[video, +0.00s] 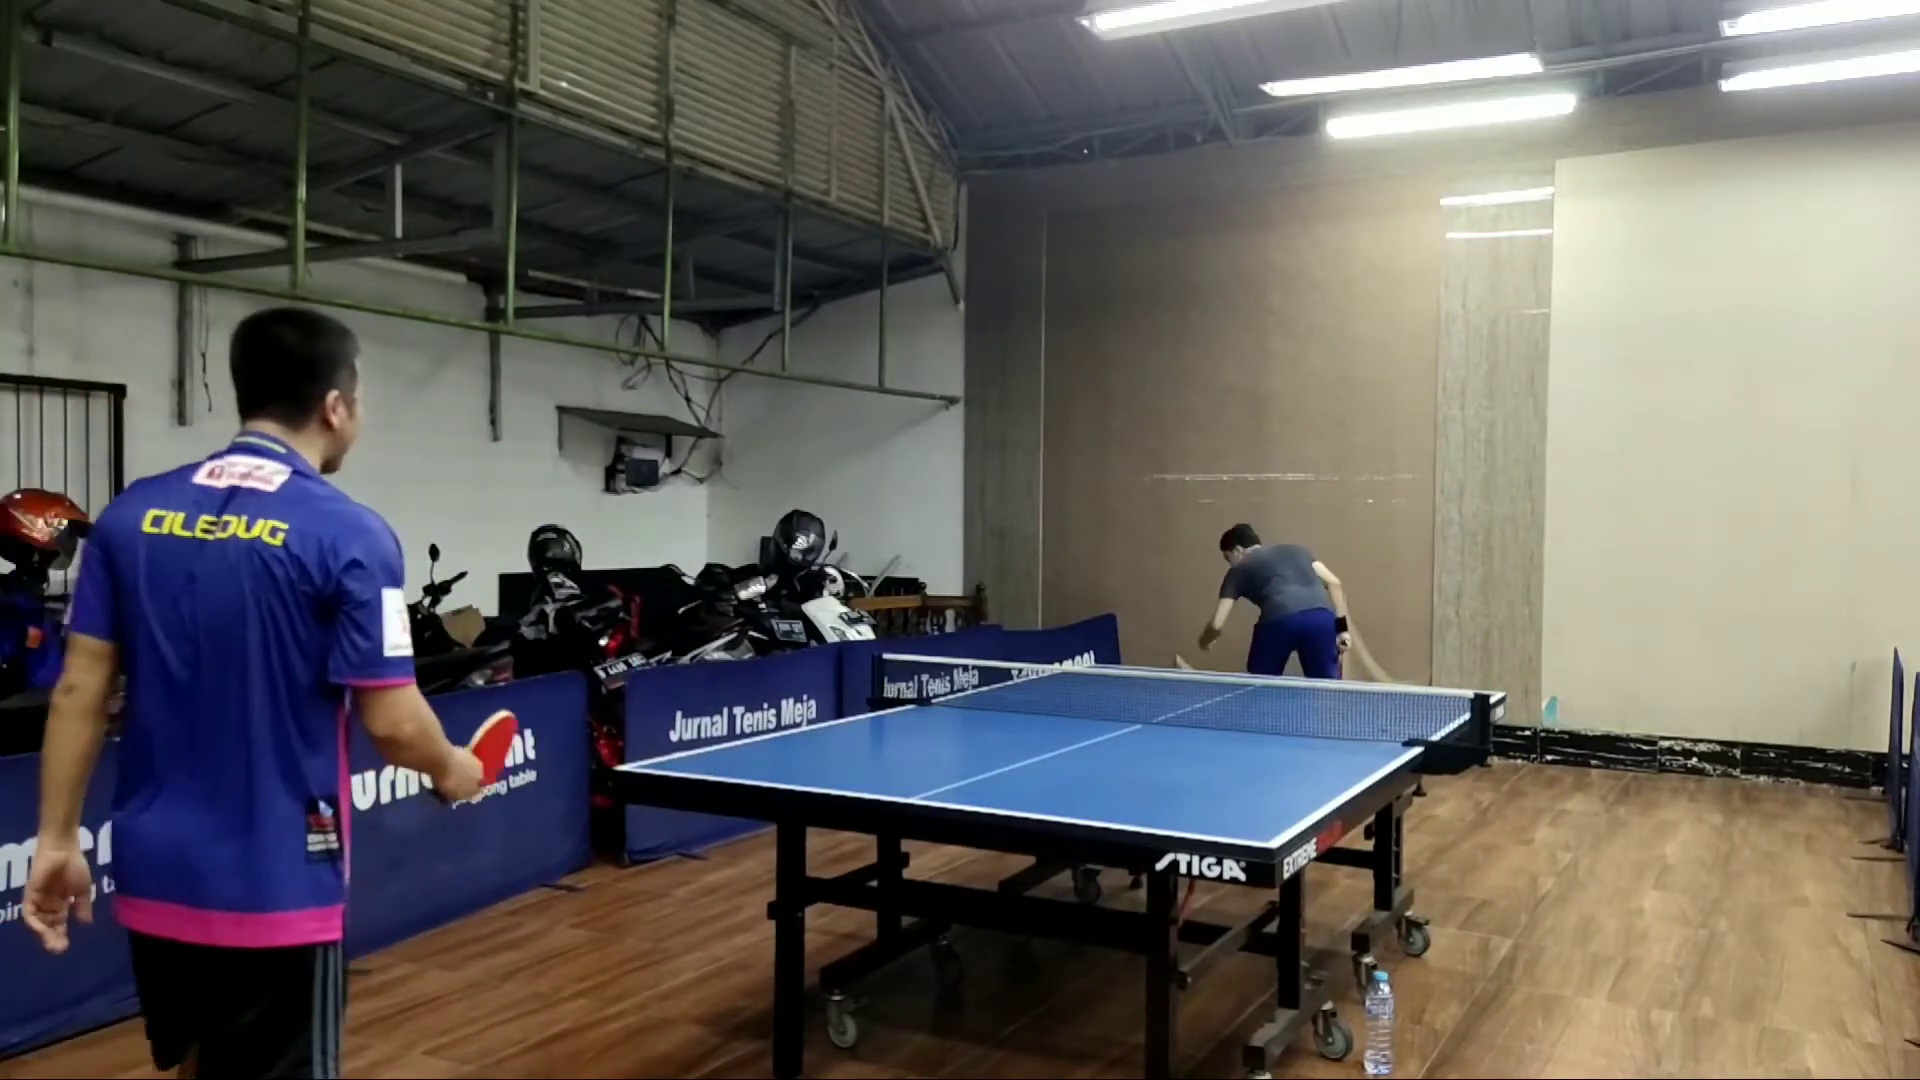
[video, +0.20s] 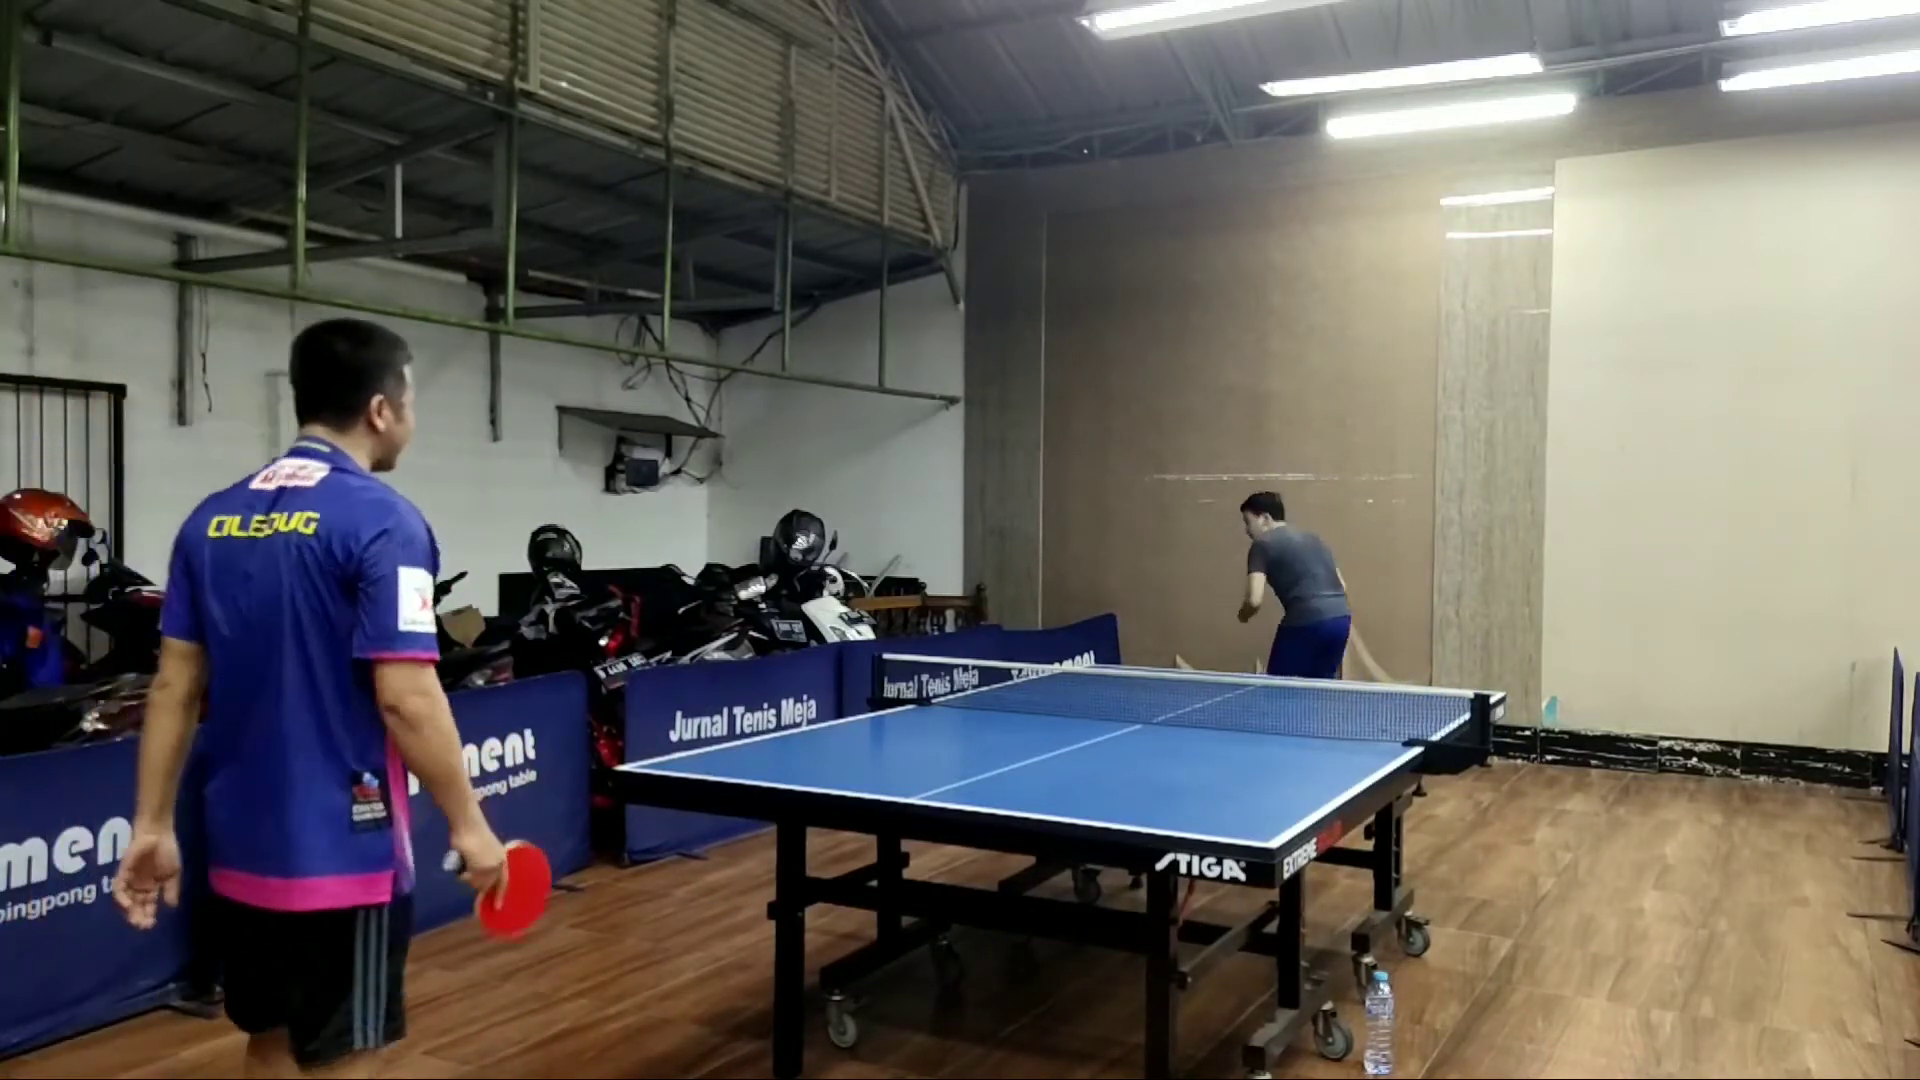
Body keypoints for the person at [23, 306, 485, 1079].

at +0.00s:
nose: (358, 419)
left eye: (358, 399)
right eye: (356, 398)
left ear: (247, 394)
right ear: (334, 405)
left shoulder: (132, 512)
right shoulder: (350, 534)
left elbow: (79, 691)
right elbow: (392, 720)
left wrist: (57, 838)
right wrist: (449, 764)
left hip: (153, 886)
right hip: (279, 900)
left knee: (195, 1061)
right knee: (285, 1065)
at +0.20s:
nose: (411, 422)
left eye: (410, 402)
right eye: (408, 401)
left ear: (307, 400)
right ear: (381, 407)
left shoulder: (211, 517)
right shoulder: (383, 521)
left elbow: (175, 682)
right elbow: (406, 697)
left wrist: (152, 823)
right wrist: (468, 824)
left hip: (234, 851)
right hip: (341, 859)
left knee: (269, 1043)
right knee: (346, 1059)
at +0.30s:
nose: (436, 411)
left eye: (434, 393)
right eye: (431, 392)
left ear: (338, 400)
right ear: (399, 400)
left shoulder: (255, 512)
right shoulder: (393, 507)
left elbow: (226, 667)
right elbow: (401, 676)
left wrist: (222, 802)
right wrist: (445, 831)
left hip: (272, 837)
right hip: (371, 841)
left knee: (297, 1022)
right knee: (437, 1017)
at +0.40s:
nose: (472, 410)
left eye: (468, 393)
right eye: (461, 394)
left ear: (392, 406)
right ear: (411, 405)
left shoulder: (304, 505)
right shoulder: (404, 505)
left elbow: (295, 661)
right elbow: (391, 666)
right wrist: (423, 825)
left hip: (309, 824)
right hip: (403, 818)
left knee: (317, 1011)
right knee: (508, 977)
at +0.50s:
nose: (502, 409)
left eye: (499, 393)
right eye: (486, 394)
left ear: (425, 408)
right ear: (429, 407)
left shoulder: (358, 496)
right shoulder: (422, 505)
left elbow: (342, 658)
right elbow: (390, 657)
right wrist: (417, 813)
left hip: (348, 808)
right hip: (445, 809)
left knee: (337, 1002)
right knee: (539, 968)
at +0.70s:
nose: (571, 423)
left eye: (567, 408)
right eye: (559, 409)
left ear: (507, 422)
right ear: (515, 423)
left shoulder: (463, 507)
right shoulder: (484, 525)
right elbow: (440, 680)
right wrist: (473, 826)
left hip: (436, 811)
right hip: (519, 815)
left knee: (392, 988)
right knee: (572, 995)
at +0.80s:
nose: (608, 426)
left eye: (605, 410)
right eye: (601, 410)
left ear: (538, 421)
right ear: (568, 421)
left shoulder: (500, 505)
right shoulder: (527, 529)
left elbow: (512, 670)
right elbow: (493, 689)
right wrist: (533, 830)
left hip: (491, 806)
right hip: (567, 813)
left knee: (464, 969)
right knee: (612, 975)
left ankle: (391, 1074)